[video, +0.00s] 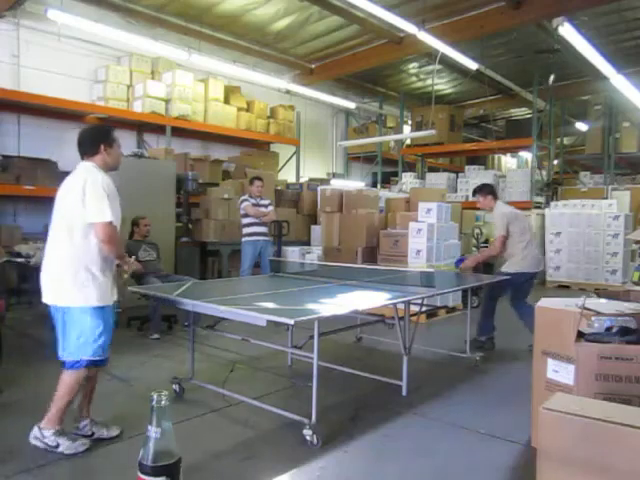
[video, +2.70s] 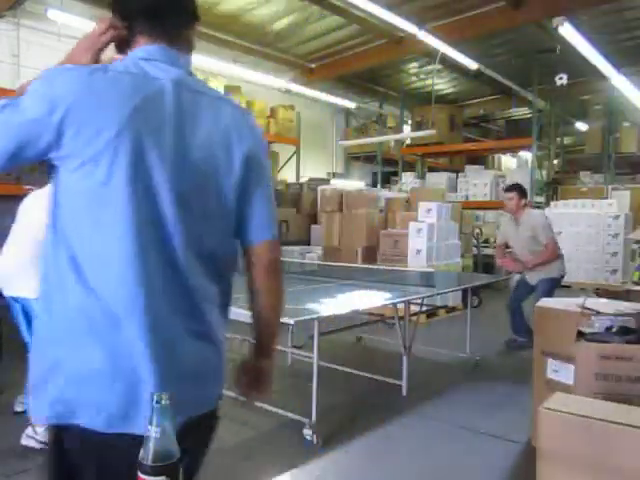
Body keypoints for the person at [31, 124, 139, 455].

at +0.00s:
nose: (121, 152)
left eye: (119, 146)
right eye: (117, 146)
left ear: (93, 150)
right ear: (104, 149)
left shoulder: (78, 178)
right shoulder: (95, 179)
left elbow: (90, 234)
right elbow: (105, 233)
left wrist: (118, 256)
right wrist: (124, 258)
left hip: (74, 287)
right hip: (83, 289)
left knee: (92, 357)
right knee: (83, 360)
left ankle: (84, 422)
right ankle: (48, 428)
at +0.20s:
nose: (126, 151)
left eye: (125, 145)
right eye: (123, 145)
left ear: (96, 149)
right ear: (108, 148)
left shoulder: (82, 177)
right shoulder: (103, 177)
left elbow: (92, 233)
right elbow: (112, 231)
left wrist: (128, 244)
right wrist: (136, 258)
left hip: (74, 287)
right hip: (94, 289)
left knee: (89, 361)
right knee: (108, 363)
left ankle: (82, 423)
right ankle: (79, 440)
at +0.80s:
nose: (120, 171)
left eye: (119, 165)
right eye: (117, 165)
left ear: (91, 169)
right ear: (104, 168)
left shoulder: (71, 199)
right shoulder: (109, 200)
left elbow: (68, 247)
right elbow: (131, 257)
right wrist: (142, 273)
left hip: (61, 292)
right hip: (94, 299)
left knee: (78, 337)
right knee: (125, 366)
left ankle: (45, 384)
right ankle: (102, 457)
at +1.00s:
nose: (105, 175)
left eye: (102, 170)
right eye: (100, 170)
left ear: (80, 175)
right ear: (85, 174)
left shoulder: (66, 200)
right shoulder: (81, 206)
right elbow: (81, 257)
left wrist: (107, 259)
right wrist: (108, 275)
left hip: (46, 287)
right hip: (65, 293)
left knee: (57, 345)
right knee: (83, 360)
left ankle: (30, 394)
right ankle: (91, 445)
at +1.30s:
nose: (93, 169)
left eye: (92, 164)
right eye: (89, 164)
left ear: (69, 166)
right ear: (73, 165)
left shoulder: (55, 189)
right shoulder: (65, 190)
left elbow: (55, 237)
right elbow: (62, 237)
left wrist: (82, 257)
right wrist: (84, 257)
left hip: (25, 278)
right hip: (41, 280)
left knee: (40, 342)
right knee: (52, 347)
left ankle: (32, 393)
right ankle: (39, 429)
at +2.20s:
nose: (84, 179)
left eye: (84, 174)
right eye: (81, 174)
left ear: (56, 174)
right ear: (65, 174)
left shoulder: (29, 197)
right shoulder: (67, 200)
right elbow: (94, 240)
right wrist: (121, 252)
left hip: (7, 282)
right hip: (32, 284)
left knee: (35, 345)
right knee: (42, 350)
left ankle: (30, 396)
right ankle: (32, 431)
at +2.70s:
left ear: (52, 171)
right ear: (70, 172)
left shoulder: (34, 196)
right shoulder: (67, 199)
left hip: (9, 280)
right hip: (35, 284)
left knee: (35, 346)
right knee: (44, 353)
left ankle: (26, 396)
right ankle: (40, 424)